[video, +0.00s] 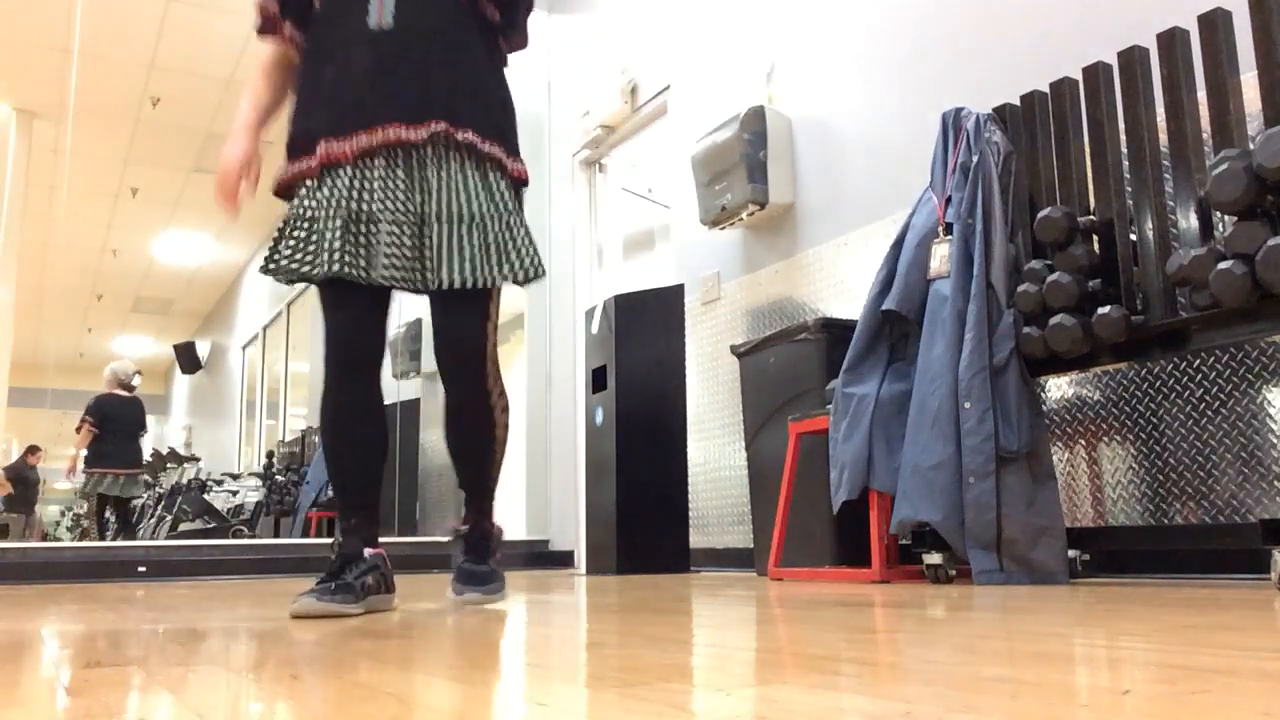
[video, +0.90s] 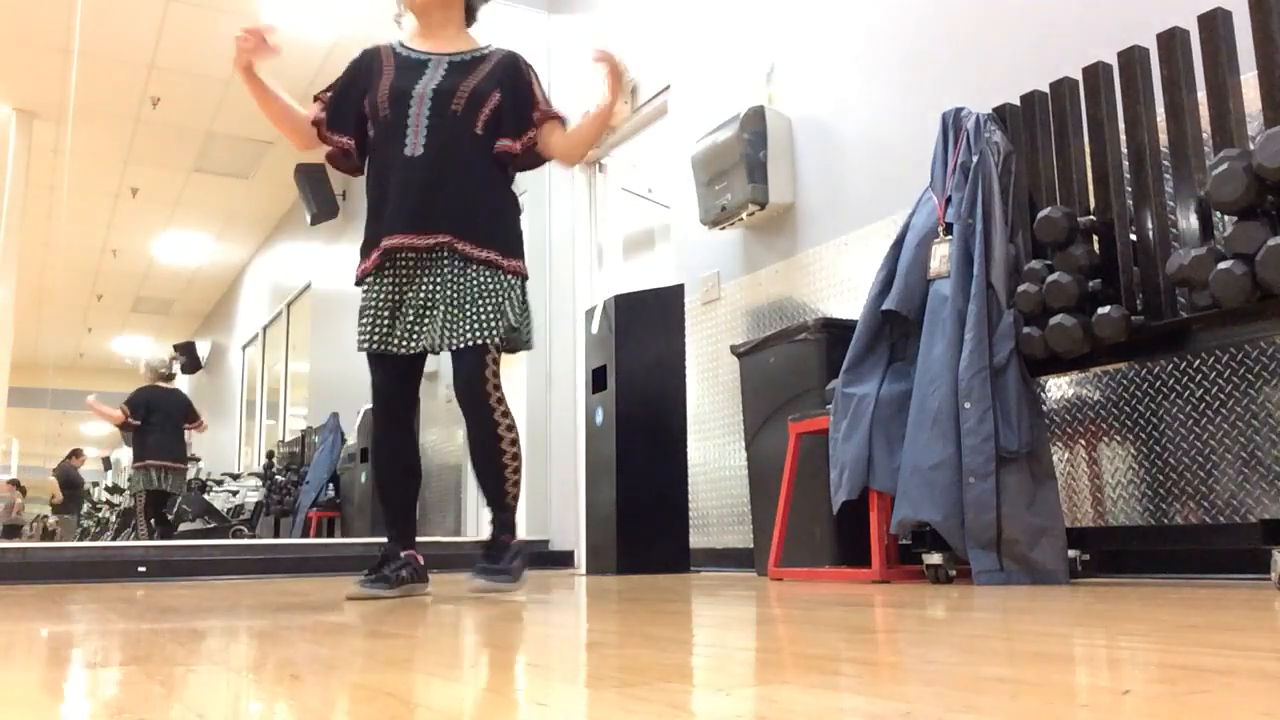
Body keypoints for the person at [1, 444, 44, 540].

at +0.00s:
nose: (39, 461)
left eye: (40, 458)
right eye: (38, 457)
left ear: (30, 455)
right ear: (29, 455)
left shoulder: (33, 467)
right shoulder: (18, 466)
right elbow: (2, 474)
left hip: (29, 508)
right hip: (16, 509)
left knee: (35, 535)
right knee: (15, 538)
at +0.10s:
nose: (41, 461)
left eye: (42, 459)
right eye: (40, 458)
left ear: (33, 456)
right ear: (32, 456)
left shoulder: (35, 468)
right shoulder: (21, 467)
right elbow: (6, 476)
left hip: (31, 509)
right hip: (18, 510)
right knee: (17, 540)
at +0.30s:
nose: (55, 462)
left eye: (55, 460)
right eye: (54, 459)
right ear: (44, 457)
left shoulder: (46, 469)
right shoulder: (34, 465)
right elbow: (20, 474)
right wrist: (25, 489)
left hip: (44, 508)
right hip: (30, 508)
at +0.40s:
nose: (58, 463)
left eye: (59, 460)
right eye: (57, 460)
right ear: (49, 457)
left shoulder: (49, 470)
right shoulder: (37, 466)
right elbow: (24, 477)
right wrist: (29, 489)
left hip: (49, 513)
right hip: (37, 512)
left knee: (45, 544)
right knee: (34, 544)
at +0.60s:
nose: (68, 463)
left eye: (69, 460)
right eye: (68, 460)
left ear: (58, 457)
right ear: (60, 457)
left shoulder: (43, 465)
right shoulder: (55, 469)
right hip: (53, 511)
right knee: (54, 544)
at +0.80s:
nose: (78, 464)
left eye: (79, 461)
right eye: (77, 461)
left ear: (69, 458)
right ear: (70, 458)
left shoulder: (57, 467)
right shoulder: (65, 470)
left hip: (56, 512)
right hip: (65, 513)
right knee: (68, 543)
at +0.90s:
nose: (83, 464)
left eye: (83, 461)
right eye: (82, 460)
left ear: (74, 458)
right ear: (74, 458)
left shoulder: (72, 469)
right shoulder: (65, 468)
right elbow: (53, 481)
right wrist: (58, 496)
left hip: (72, 512)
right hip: (66, 513)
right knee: (66, 543)